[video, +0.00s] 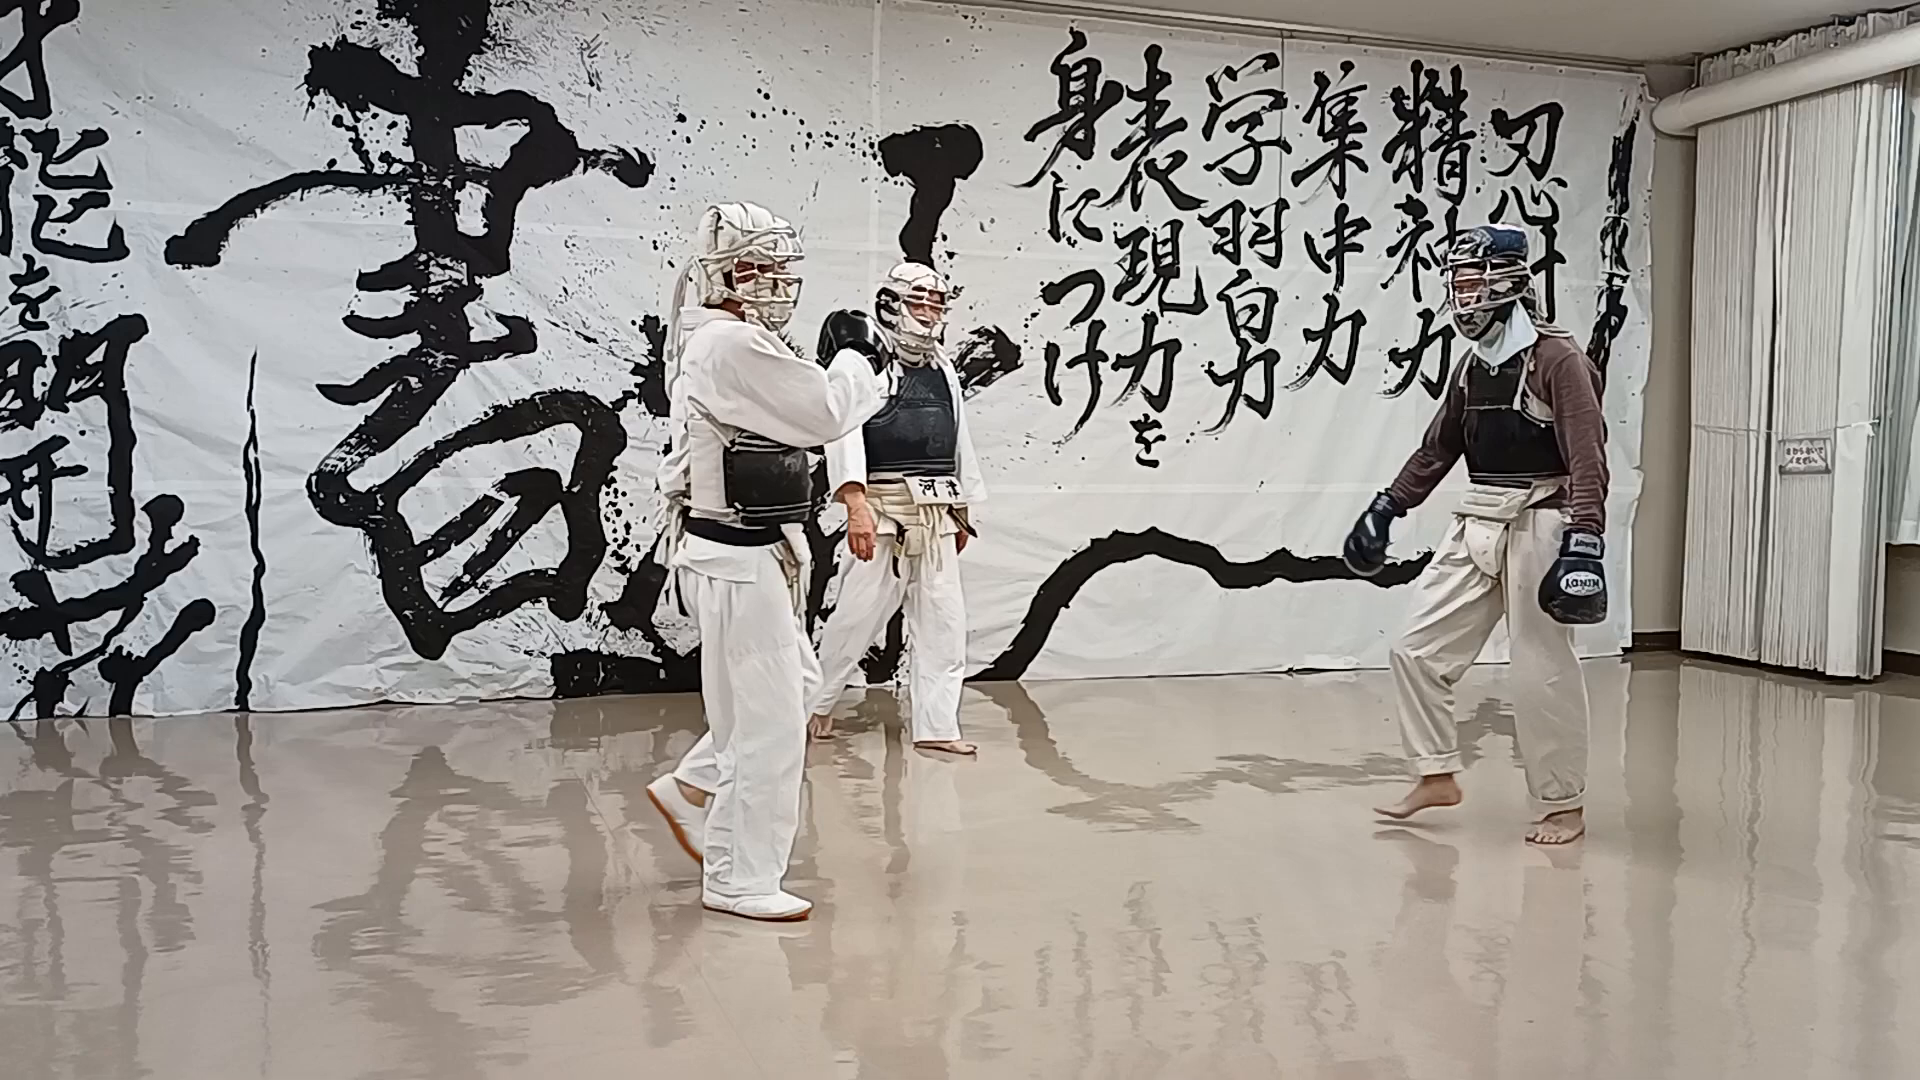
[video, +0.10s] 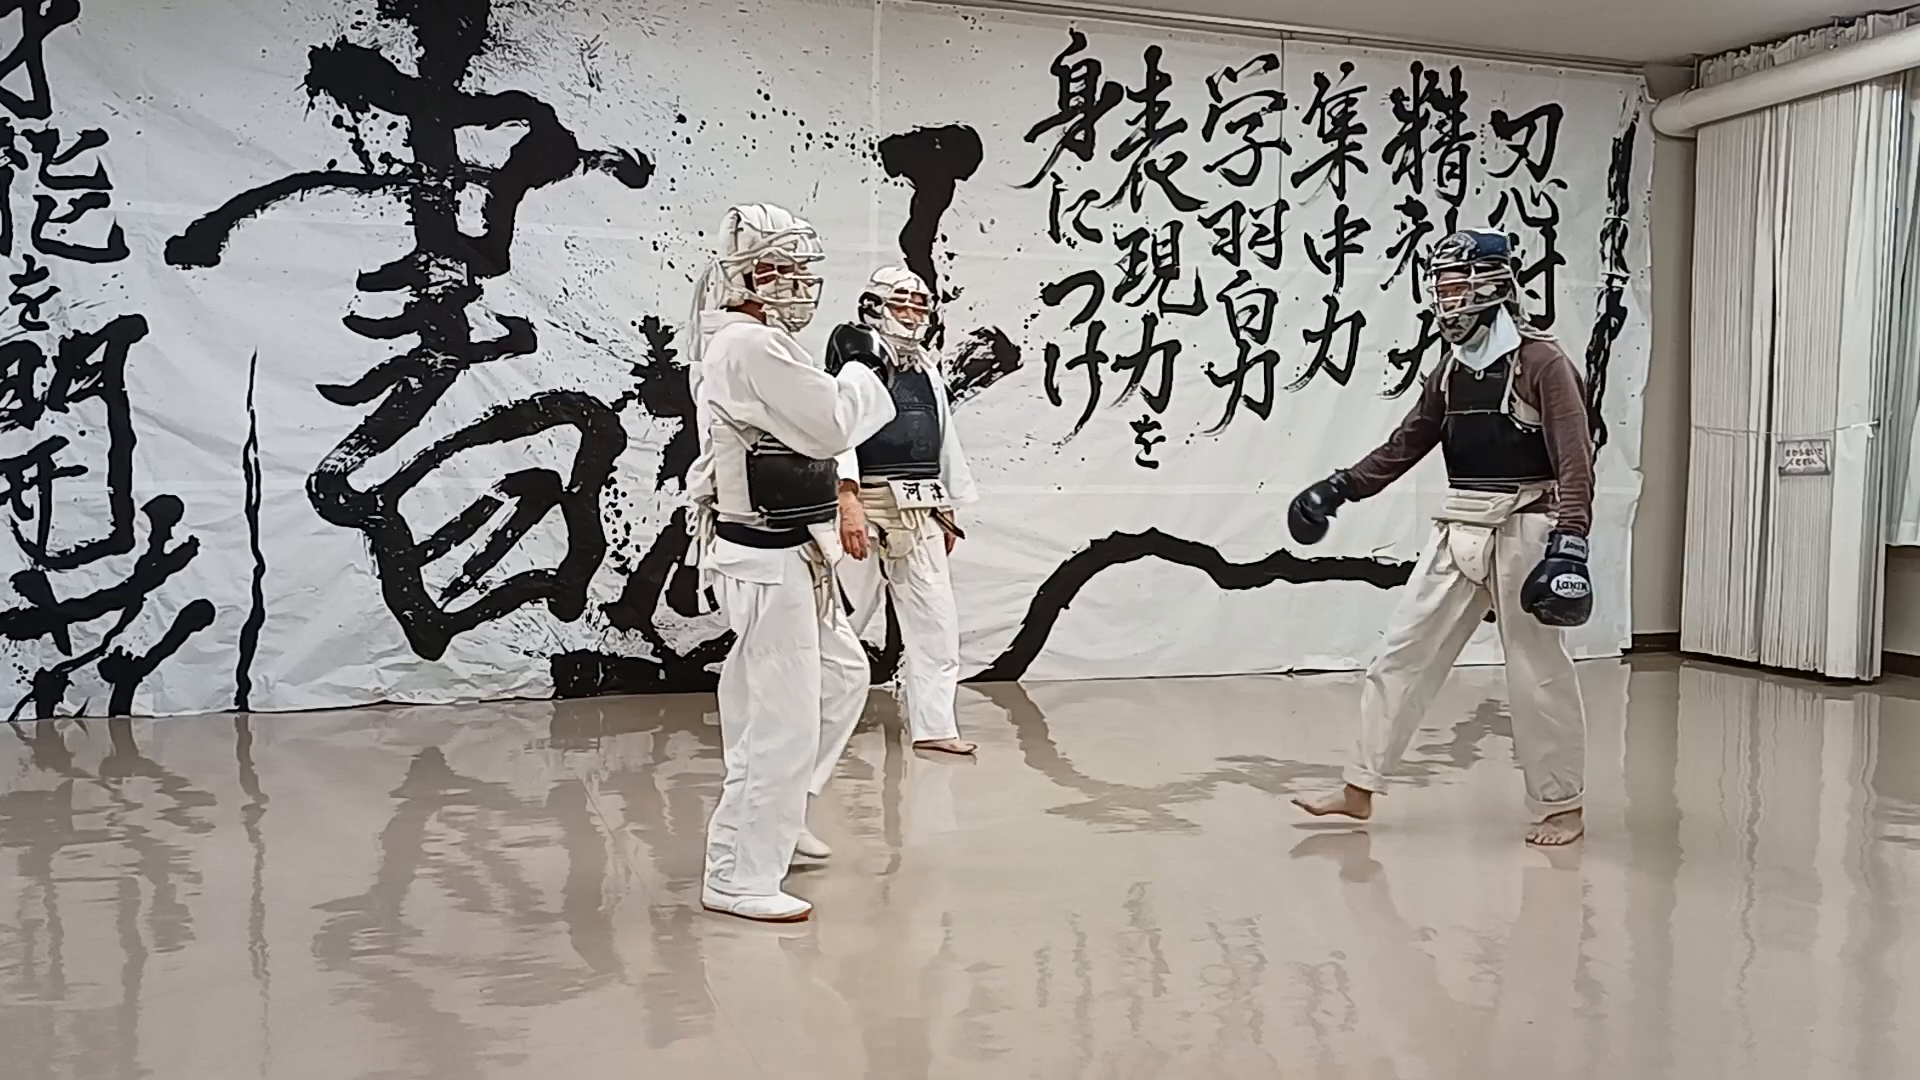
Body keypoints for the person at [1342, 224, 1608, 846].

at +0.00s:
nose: (1462, 293)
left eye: (1474, 281)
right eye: (1457, 282)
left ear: (1511, 284)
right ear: (1453, 286)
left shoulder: (1557, 359)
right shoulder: (1473, 367)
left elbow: (1587, 455)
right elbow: (1436, 450)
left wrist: (1585, 542)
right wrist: (1384, 508)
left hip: (1542, 523)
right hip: (1478, 522)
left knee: (1541, 666)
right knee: (1416, 650)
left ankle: (1563, 806)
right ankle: (1436, 777)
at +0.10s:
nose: (1446, 297)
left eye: (1458, 285)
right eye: (1442, 286)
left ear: (1494, 286)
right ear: (1438, 291)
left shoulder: (1541, 359)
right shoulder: (1450, 369)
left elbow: (1575, 459)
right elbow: (1404, 446)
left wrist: (1570, 546)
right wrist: (1336, 488)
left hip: (1528, 529)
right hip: (1460, 530)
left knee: (1538, 673)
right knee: (1400, 657)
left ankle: (1563, 808)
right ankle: (1358, 791)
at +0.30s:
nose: (1383, 305)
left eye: (1394, 292)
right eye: (1377, 295)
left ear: (1430, 291)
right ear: (1373, 301)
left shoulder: (1482, 368)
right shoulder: (1381, 377)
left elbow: (1526, 466)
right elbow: (1310, 428)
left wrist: (1536, 550)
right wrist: (1238, 434)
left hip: (1474, 538)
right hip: (1402, 541)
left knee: (1508, 673)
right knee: (1358, 667)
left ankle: (1556, 800)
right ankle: (1319, 802)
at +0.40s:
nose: (1348, 301)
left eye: (1359, 288)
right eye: (1341, 291)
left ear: (1395, 287)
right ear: (1336, 296)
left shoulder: (1450, 359)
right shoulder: (1346, 368)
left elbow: (1494, 454)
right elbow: (1275, 416)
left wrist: (1514, 543)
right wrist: (1210, 412)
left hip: (1449, 533)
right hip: (1374, 536)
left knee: (1491, 668)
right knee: (1341, 671)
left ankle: (1545, 794)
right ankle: (1318, 802)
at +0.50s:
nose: (1321, 306)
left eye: (1331, 292)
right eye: (1313, 297)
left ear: (1365, 290)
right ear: (1307, 302)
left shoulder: (1424, 358)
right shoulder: (1317, 367)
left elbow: (1475, 445)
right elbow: (1242, 404)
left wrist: (1491, 533)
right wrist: (1162, 392)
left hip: (1438, 527)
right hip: (1360, 532)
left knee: (1478, 664)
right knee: (1334, 668)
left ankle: (1523, 794)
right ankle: (1319, 804)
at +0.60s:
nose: (1304, 318)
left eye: (1314, 304)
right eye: (1296, 308)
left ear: (1349, 299)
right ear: (1291, 311)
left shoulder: (1412, 360)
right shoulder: (1306, 371)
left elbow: (1467, 448)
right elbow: (1243, 413)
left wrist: (1473, 533)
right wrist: (1179, 414)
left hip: (1434, 526)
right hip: (1356, 533)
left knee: (1470, 666)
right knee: (1333, 669)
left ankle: (1508, 795)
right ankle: (1319, 802)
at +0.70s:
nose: (1306, 318)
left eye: (1316, 305)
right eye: (1299, 307)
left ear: (1352, 300)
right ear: (1294, 310)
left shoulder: (1415, 362)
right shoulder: (1302, 378)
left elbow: (1463, 452)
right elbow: (1261, 447)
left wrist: (1458, 532)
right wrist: (1216, 494)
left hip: (1427, 528)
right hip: (1352, 534)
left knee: (1468, 663)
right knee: (1332, 668)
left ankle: (1506, 792)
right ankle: (1318, 801)